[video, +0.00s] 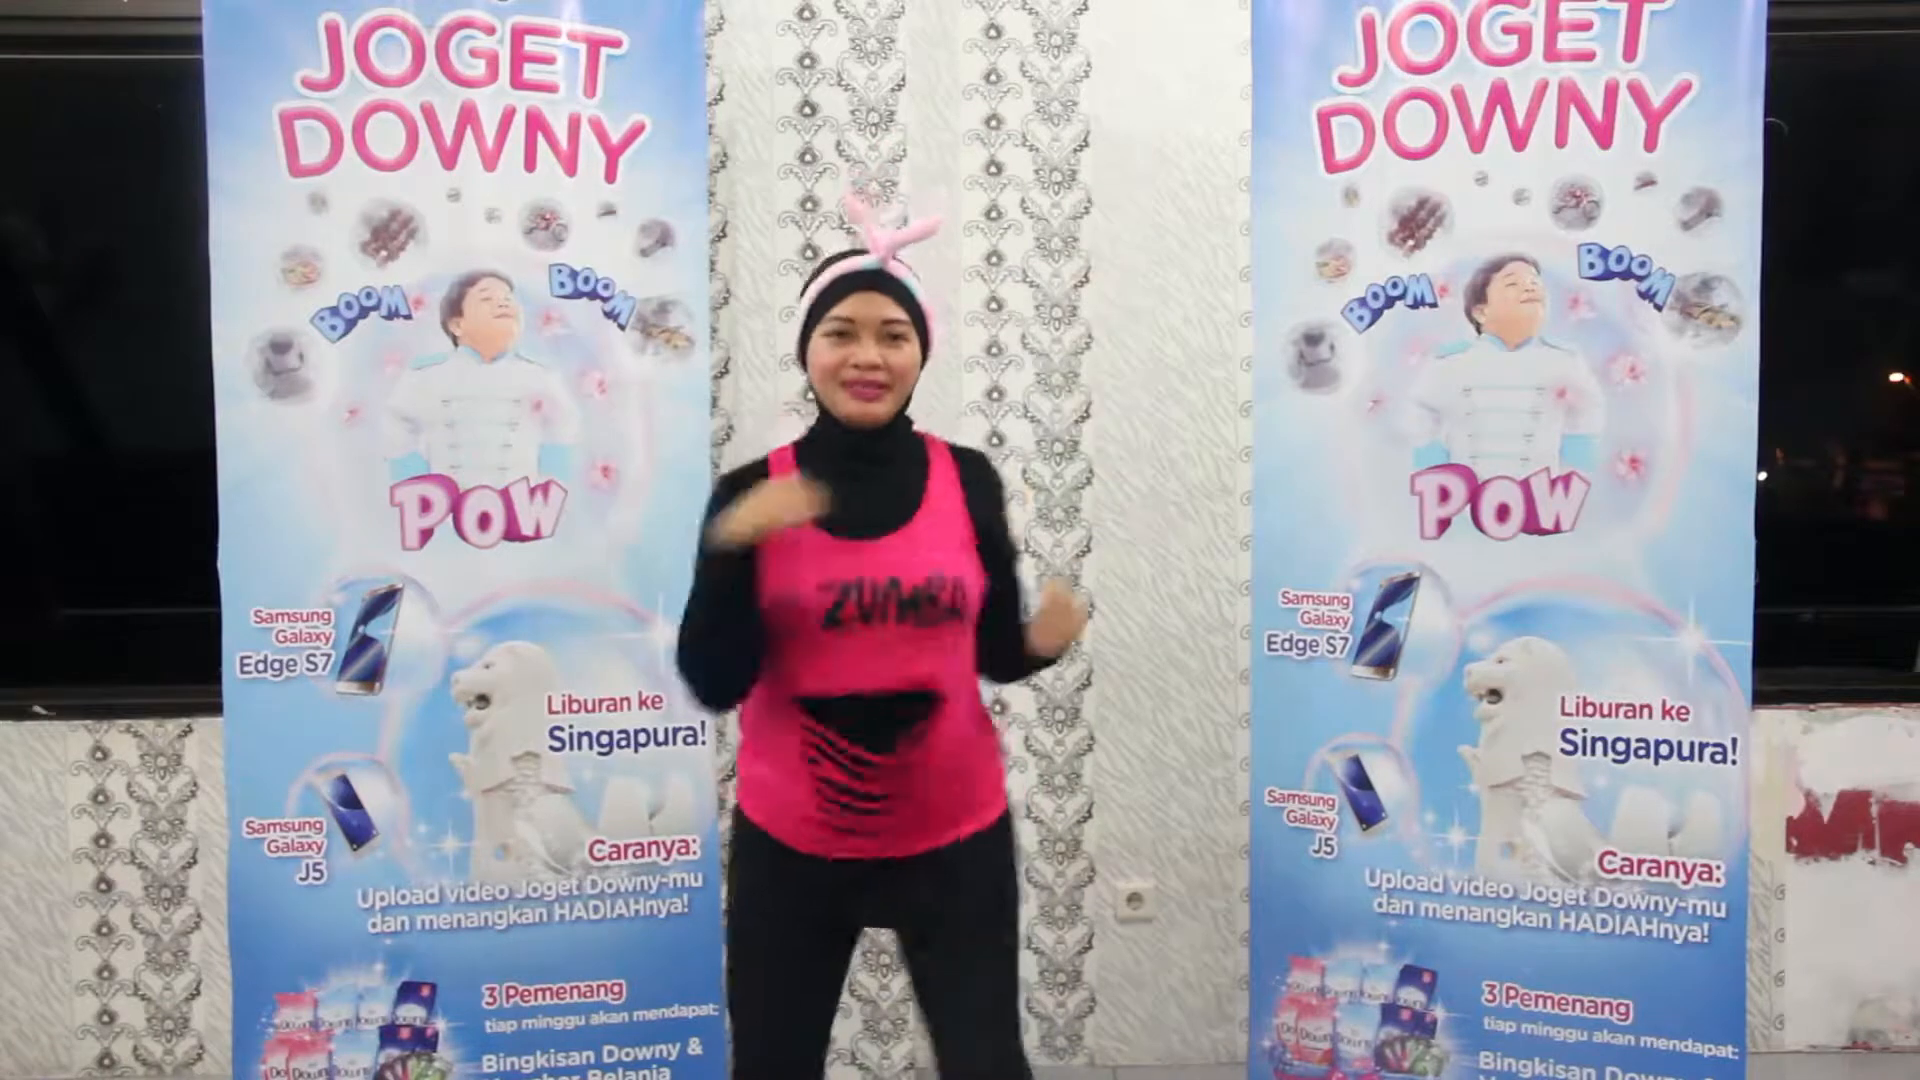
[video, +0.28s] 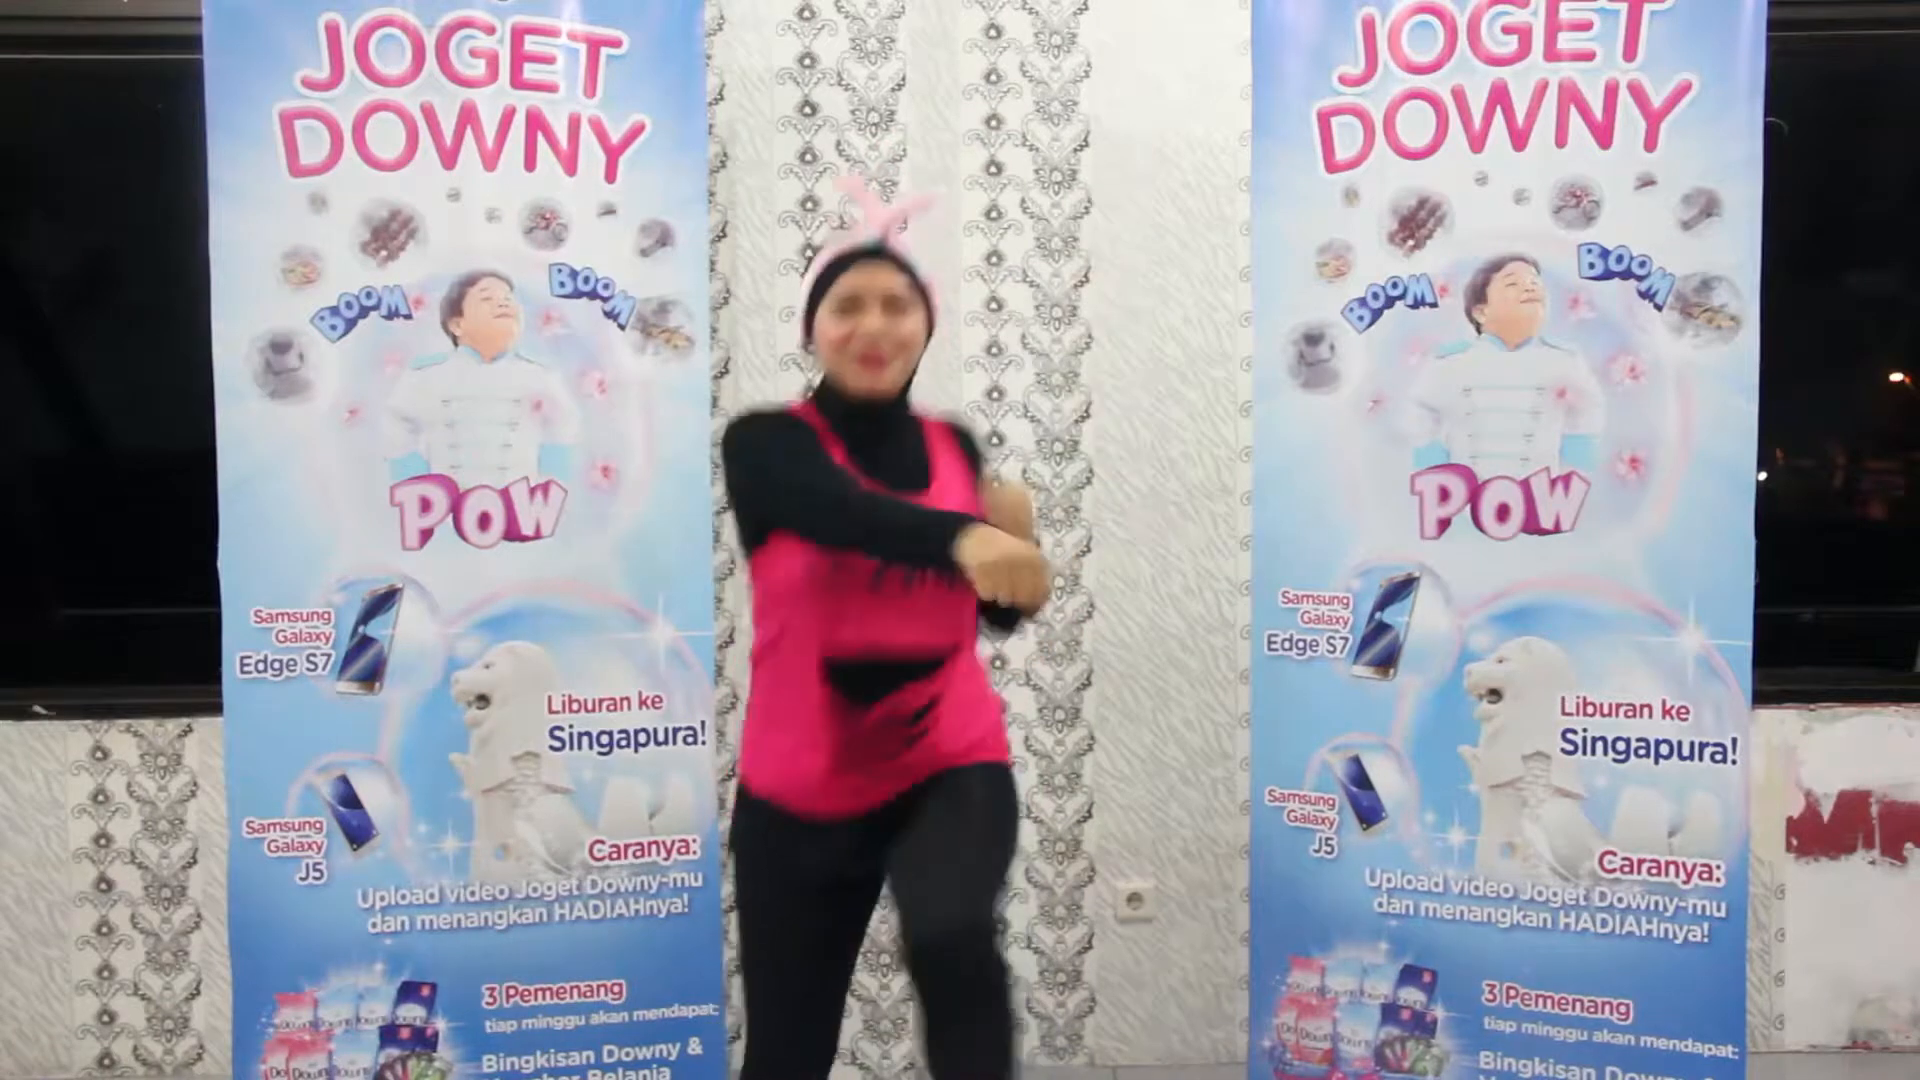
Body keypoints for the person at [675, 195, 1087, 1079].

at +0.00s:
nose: (867, 355)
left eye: (893, 335)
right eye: (842, 333)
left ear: (921, 358)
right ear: (805, 354)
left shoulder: (966, 481)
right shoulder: (748, 499)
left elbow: (993, 654)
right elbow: (713, 681)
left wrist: (1038, 641)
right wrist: (732, 545)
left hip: (954, 838)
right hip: (792, 842)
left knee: (988, 1063)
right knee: (772, 1065)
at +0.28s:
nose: (873, 326)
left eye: (895, 307)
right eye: (849, 308)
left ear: (925, 329)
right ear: (812, 333)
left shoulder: (954, 448)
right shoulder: (767, 439)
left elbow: (984, 611)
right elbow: (832, 513)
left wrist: (1011, 576)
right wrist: (964, 539)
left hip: (951, 764)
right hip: (804, 786)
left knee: (950, 936)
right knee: (787, 1051)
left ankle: (978, 1069)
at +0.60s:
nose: (929, 364)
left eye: (952, 344)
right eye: (904, 348)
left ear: (993, 372)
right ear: (878, 379)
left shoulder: (1049, 481)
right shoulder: (847, 515)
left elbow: (1099, 577)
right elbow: (801, 693)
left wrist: (946, 533)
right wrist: (748, 632)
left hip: (1022, 829)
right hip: (873, 814)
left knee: (1027, 1065)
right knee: (801, 944)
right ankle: (828, 1070)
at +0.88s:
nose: (893, 274)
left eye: (917, 256)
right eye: (871, 258)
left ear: (958, 283)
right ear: (842, 288)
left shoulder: (1016, 390)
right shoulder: (800, 401)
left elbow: (1148, 282)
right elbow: (645, 322)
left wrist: (1076, 137)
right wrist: (654, 159)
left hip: (987, 777)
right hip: (818, 778)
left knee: (1070, 1047)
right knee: (726, 1038)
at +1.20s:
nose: (874, 333)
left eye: (898, 315)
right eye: (850, 312)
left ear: (930, 342)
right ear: (814, 335)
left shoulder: (973, 444)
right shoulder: (752, 427)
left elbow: (1142, 437)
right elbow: (614, 354)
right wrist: (500, 236)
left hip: (944, 824)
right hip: (777, 827)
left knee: (1018, 1062)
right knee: (759, 1067)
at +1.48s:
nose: (914, 342)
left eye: (939, 320)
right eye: (889, 322)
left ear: (976, 342)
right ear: (857, 345)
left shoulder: (1028, 489)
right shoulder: (802, 486)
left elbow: (1048, 644)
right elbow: (751, 653)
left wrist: (1055, 763)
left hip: (987, 837)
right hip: (826, 838)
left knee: (997, 1068)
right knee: (790, 1066)